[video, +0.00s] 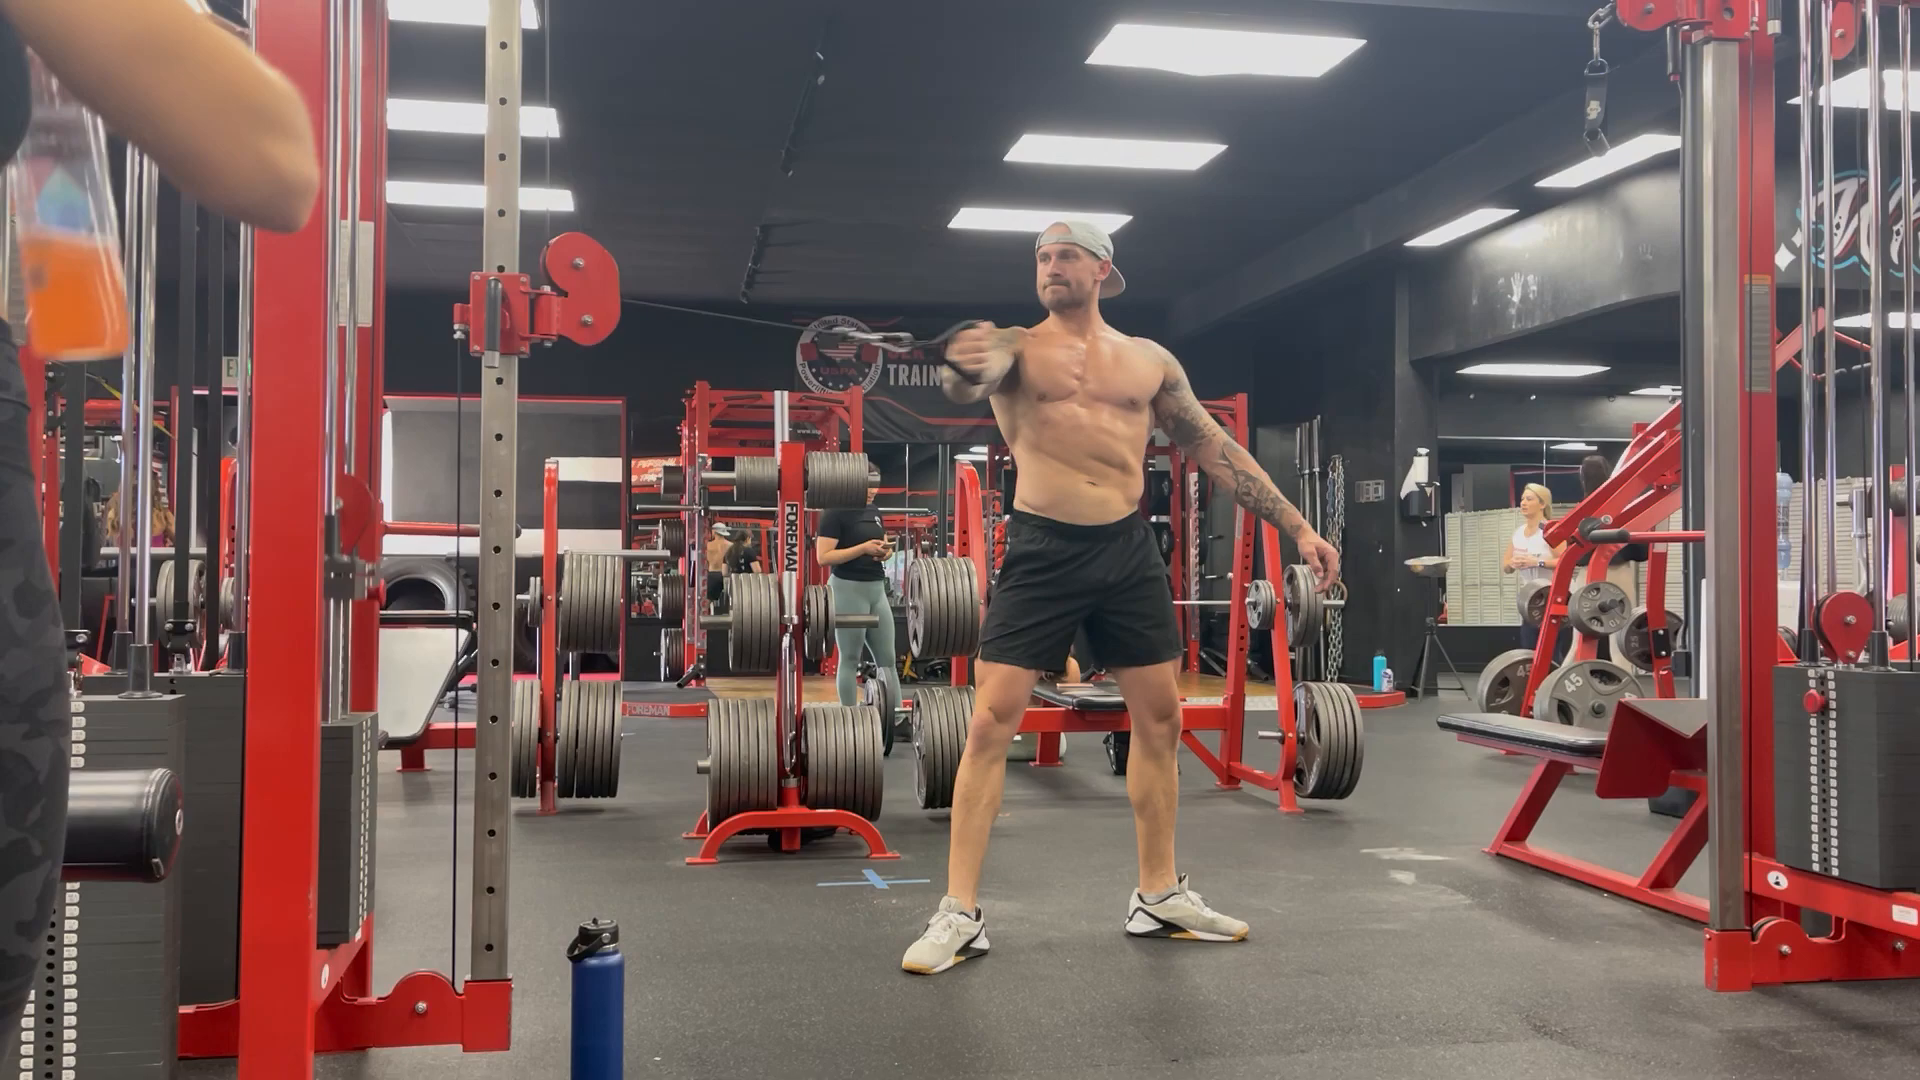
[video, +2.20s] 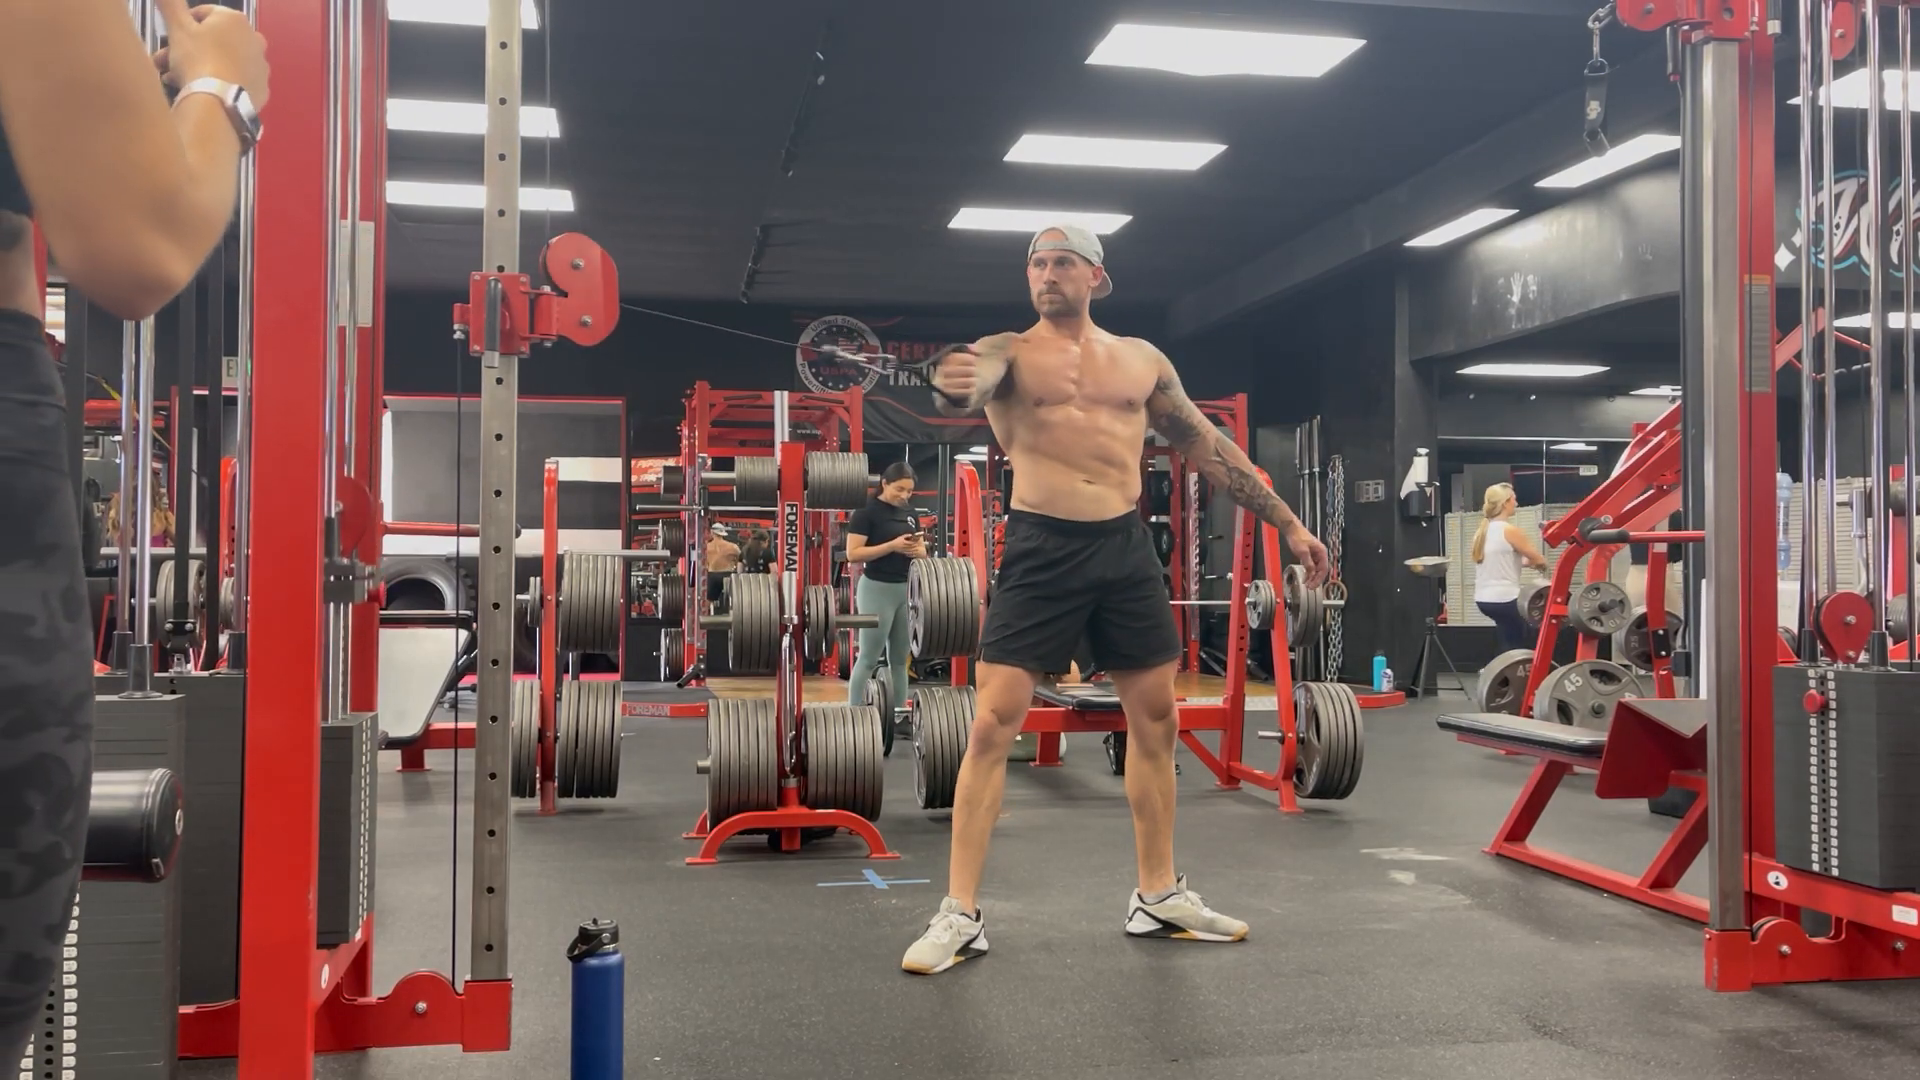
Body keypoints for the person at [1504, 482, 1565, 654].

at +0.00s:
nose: (1523, 503)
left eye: (1529, 499)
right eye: (1522, 499)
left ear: (1542, 504)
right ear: (1520, 503)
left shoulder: (1553, 530)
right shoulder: (1519, 532)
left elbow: (1565, 561)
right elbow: (1506, 567)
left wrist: (1537, 562)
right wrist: (1513, 563)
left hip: (1553, 598)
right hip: (1528, 597)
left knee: (1553, 652)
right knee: (1529, 648)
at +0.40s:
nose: (1519, 500)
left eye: (1524, 497)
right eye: (1515, 496)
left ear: (1531, 503)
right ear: (1507, 501)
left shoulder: (1539, 532)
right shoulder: (1493, 530)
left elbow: (1550, 563)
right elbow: (1475, 558)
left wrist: (1544, 564)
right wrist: (1493, 561)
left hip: (1530, 593)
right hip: (1499, 594)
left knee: (1535, 644)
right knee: (1494, 645)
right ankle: (1486, 692)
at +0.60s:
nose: (1517, 501)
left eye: (1520, 498)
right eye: (1513, 496)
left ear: (1521, 503)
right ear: (1499, 499)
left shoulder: (1524, 532)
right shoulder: (1482, 526)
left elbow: (1526, 563)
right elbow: (1464, 552)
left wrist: (1533, 567)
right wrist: (1496, 553)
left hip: (1512, 594)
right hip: (1483, 594)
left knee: (1525, 644)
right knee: (1484, 648)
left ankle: (1526, 694)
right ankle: (1482, 697)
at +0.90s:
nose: (1510, 503)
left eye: (1510, 499)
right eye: (1507, 498)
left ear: (1496, 501)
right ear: (1492, 499)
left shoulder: (1498, 526)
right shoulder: (1480, 527)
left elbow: (1492, 557)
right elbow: (1477, 561)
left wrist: (1512, 561)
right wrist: (1510, 558)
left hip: (1492, 594)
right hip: (1474, 597)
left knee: (1495, 646)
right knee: (1480, 647)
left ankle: (1492, 693)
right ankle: (1478, 695)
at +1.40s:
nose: (1494, 505)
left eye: (1494, 501)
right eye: (1491, 501)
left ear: (1475, 504)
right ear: (1479, 504)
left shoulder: (1464, 527)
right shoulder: (1477, 530)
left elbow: (1471, 561)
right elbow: (1483, 563)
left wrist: (1499, 557)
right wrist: (1505, 556)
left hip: (1460, 596)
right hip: (1474, 598)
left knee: (1461, 645)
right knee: (1484, 647)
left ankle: (1458, 695)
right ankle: (1480, 698)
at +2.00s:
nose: (1505, 506)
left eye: (1504, 502)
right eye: (1502, 502)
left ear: (1483, 506)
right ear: (1493, 505)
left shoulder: (1472, 529)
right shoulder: (1495, 531)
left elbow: (1470, 559)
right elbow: (1519, 563)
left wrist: (1507, 562)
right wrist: (1527, 565)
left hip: (1473, 599)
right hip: (1496, 600)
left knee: (1474, 647)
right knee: (1511, 647)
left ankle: (1460, 695)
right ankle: (1509, 696)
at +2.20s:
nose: (1516, 503)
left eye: (1515, 499)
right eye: (1513, 499)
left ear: (1492, 503)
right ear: (1505, 503)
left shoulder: (1482, 530)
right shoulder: (1509, 530)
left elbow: (1497, 560)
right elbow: (1538, 560)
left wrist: (1527, 561)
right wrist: (1541, 565)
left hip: (1484, 600)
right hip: (1505, 601)